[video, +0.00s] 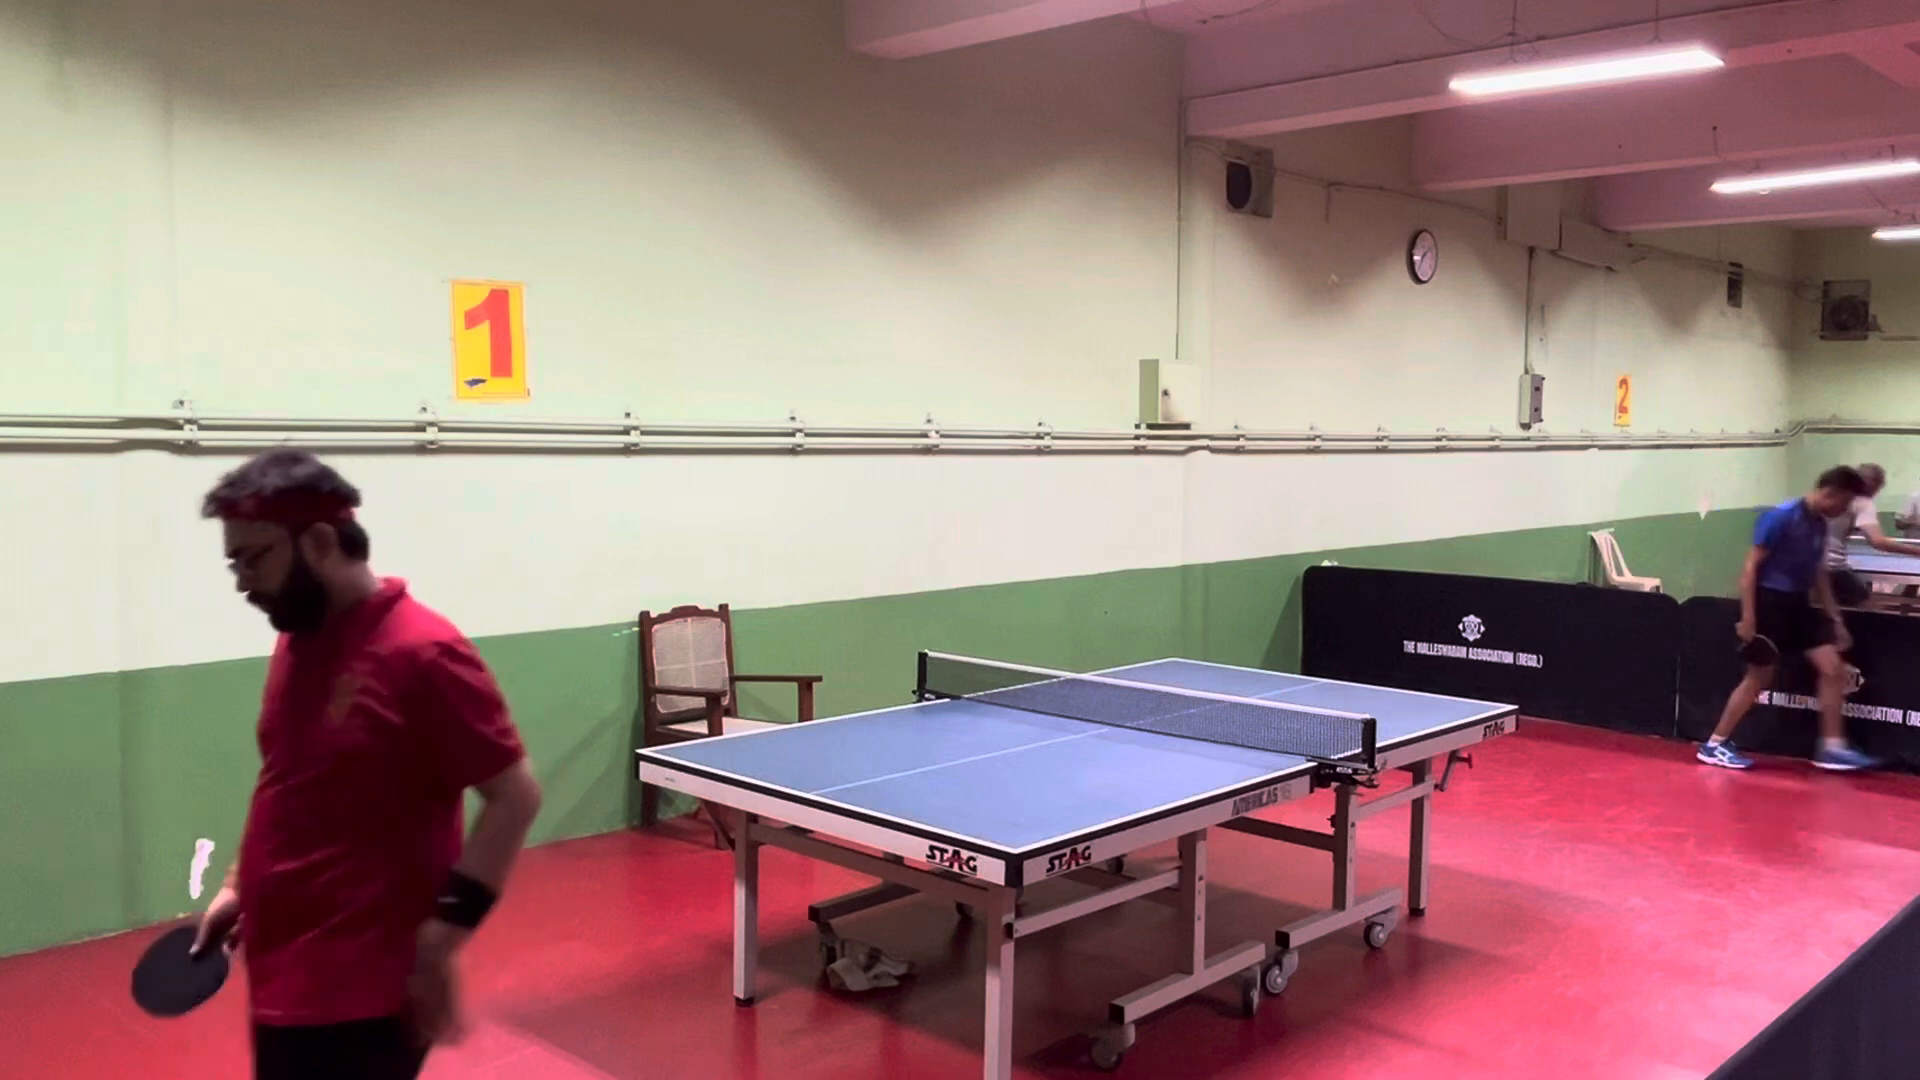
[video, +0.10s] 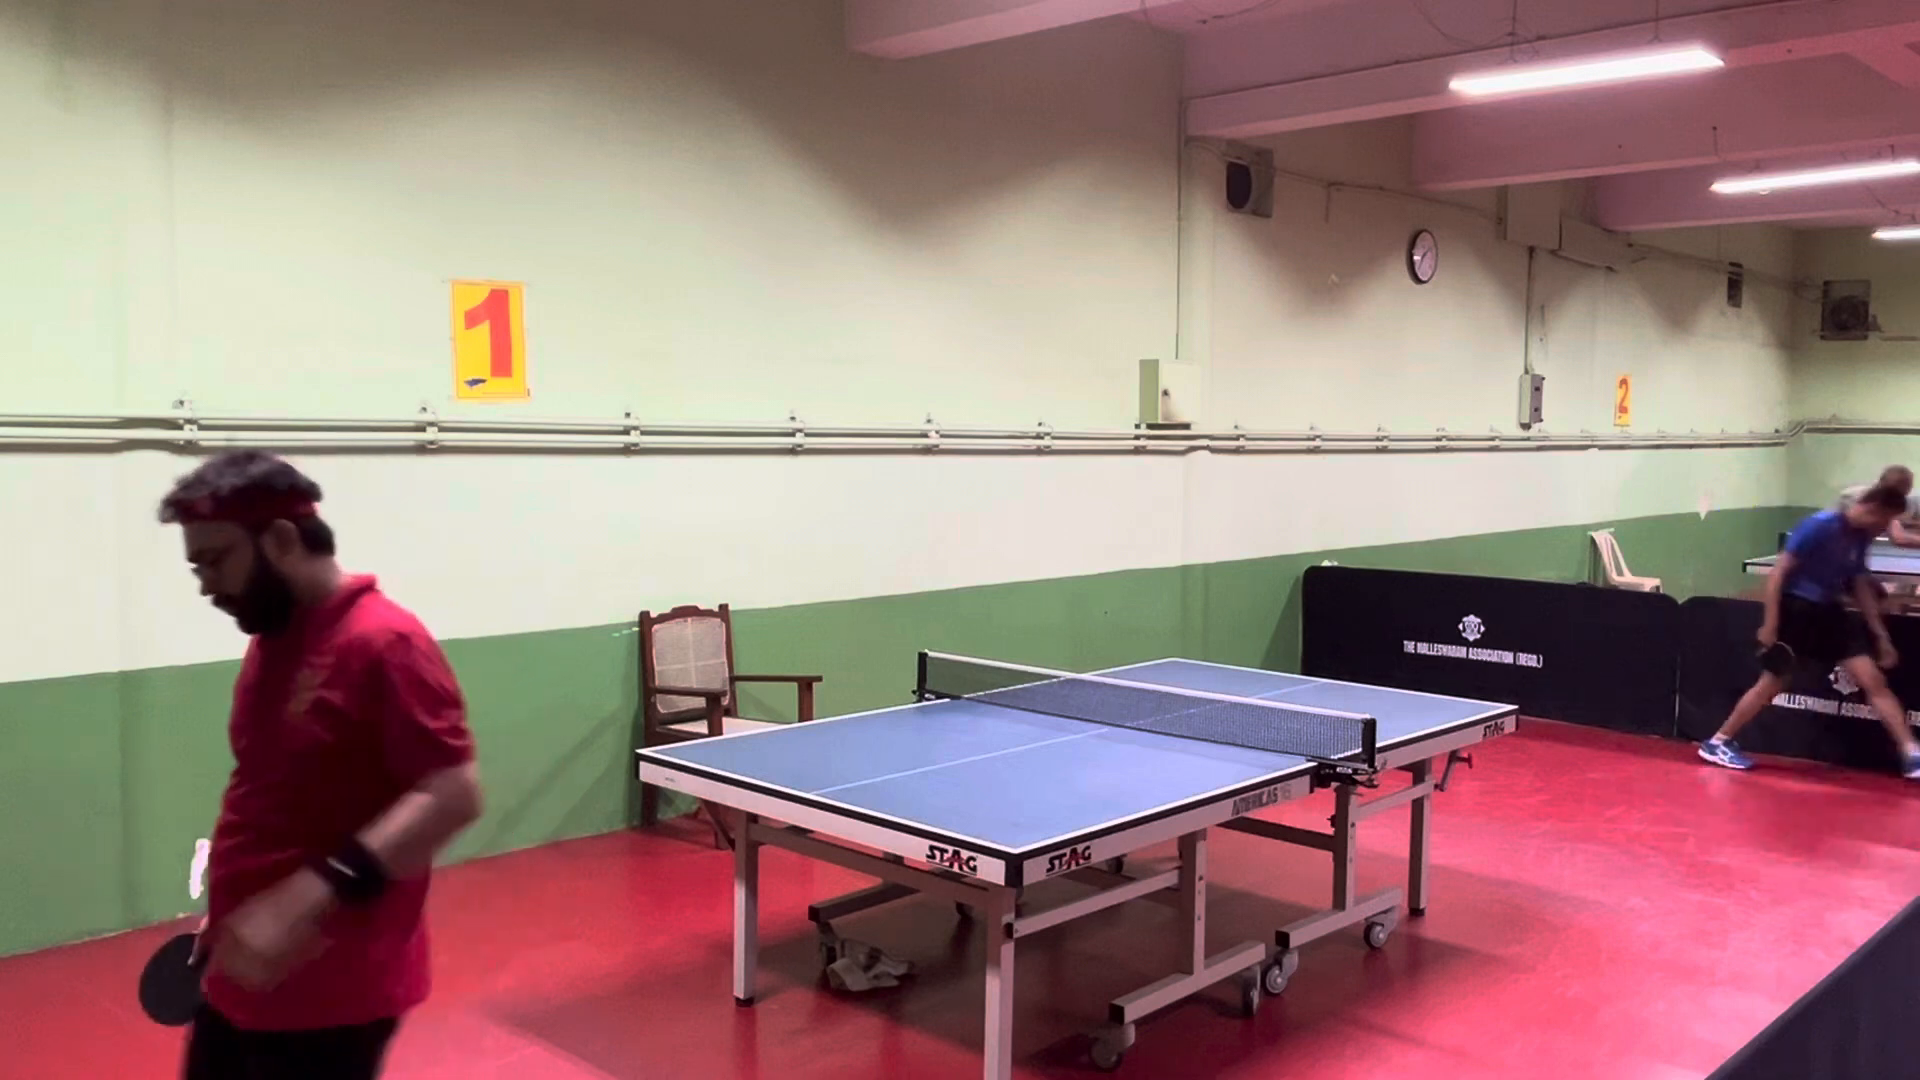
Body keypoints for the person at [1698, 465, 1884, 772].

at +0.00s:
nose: (1840, 510)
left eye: (1844, 505)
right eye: (1839, 502)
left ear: (1835, 499)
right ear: (1825, 491)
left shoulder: (1818, 525)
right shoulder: (1780, 517)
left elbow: (1820, 578)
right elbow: (1749, 567)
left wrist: (1836, 623)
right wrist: (1747, 619)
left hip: (1798, 607)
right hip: (1768, 604)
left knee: (1831, 667)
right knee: (1758, 676)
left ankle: (1832, 747)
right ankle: (1715, 743)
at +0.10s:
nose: (1880, 528)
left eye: (1884, 523)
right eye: (1881, 520)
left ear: (1876, 513)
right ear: (1869, 507)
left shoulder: (1859, 535)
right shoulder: (1820, 525)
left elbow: (1860, 587)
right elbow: (1777, 572)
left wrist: (1881, 637)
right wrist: (1769, 625)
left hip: (1830, 615)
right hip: (1794, 612)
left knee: (1871, 679)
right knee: (1771, 684)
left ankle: (1911, 754)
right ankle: (1718, 741)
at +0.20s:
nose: (1917, 540)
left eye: (1919, 535)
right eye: (1917, 533)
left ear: (1916, 534)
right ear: (1908, 527)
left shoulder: (1908, 561)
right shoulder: (1867, 541)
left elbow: (1906, 608)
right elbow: (1813, 581)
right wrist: (1797, 634)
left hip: (1867, 630)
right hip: (1827, 623)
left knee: (1912, 689)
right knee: (1791, 692)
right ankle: (1725, 737)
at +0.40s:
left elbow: (1898, 604)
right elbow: (1898, 603)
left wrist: (1865, 647)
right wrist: (1865, 645)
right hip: (1891, 653)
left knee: (1833, 697)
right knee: (1833, 697)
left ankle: (1754, 728)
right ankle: (1753, 728)